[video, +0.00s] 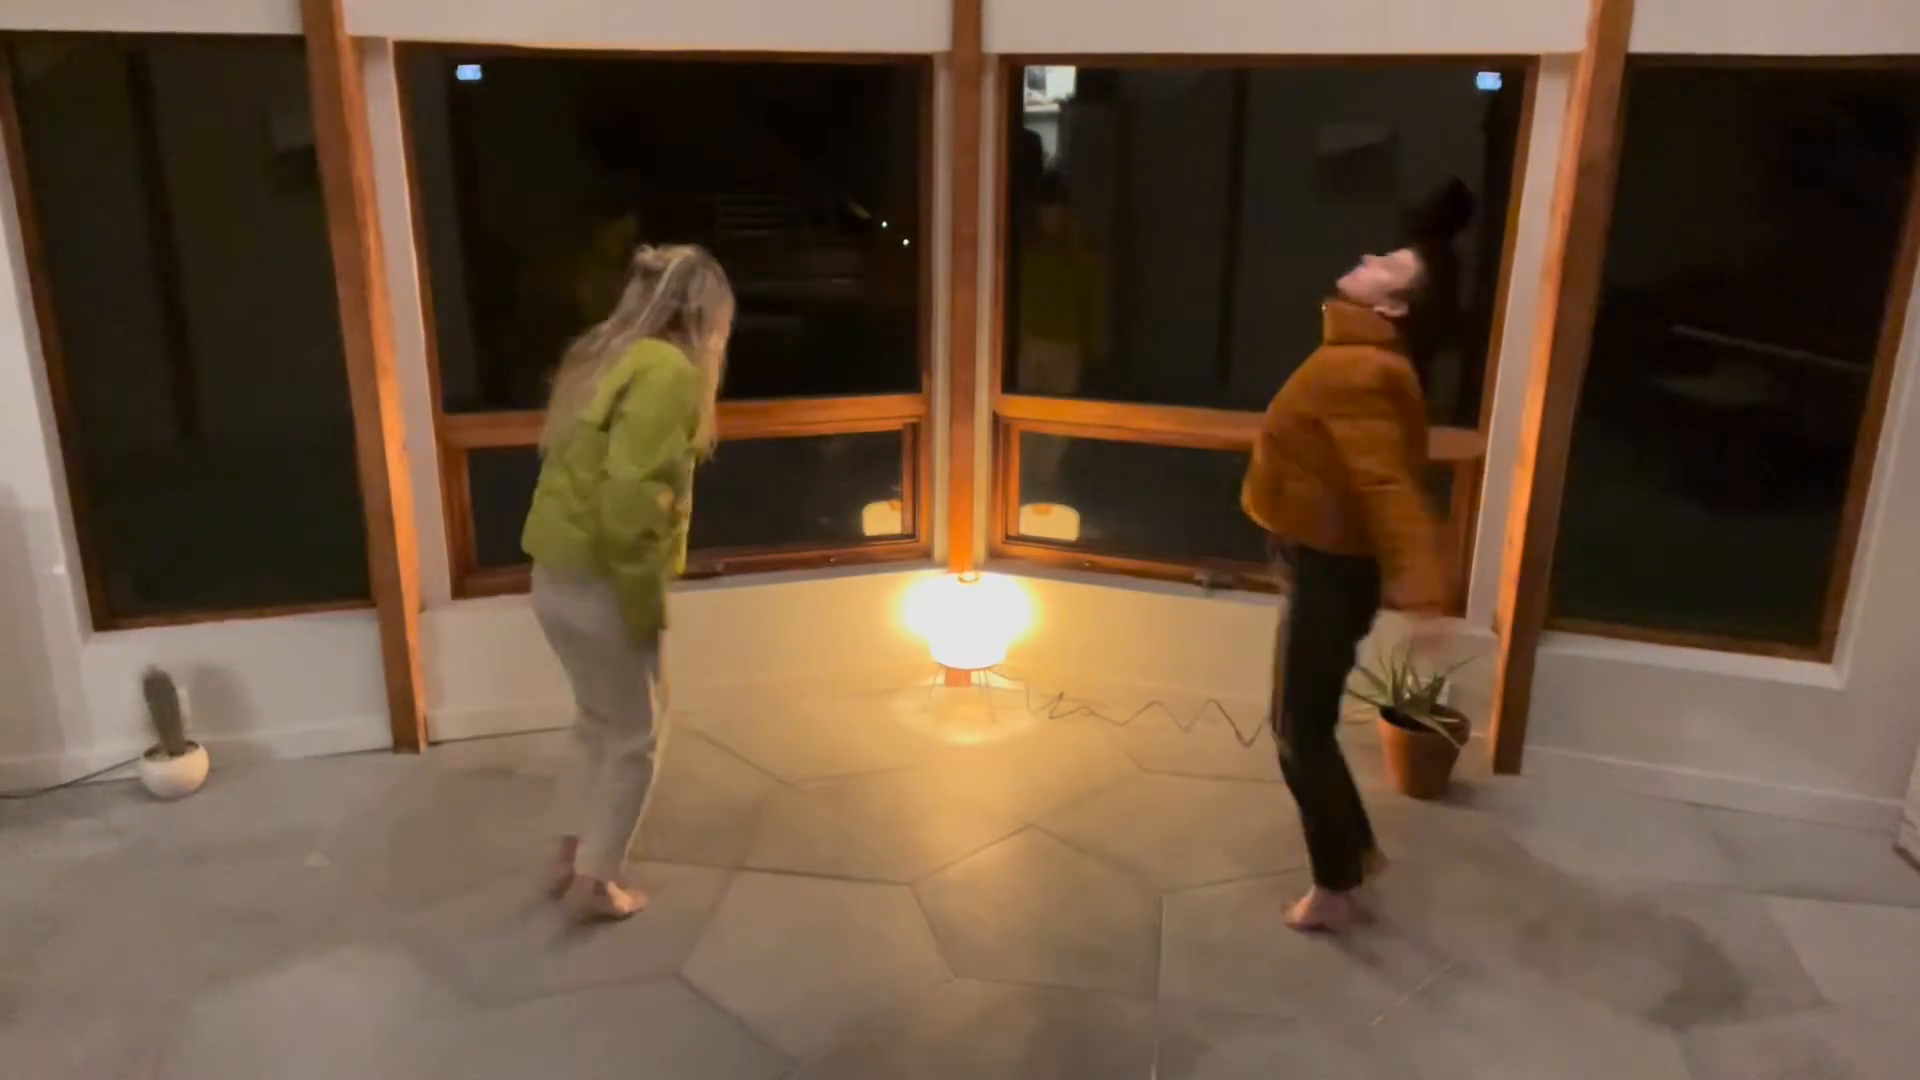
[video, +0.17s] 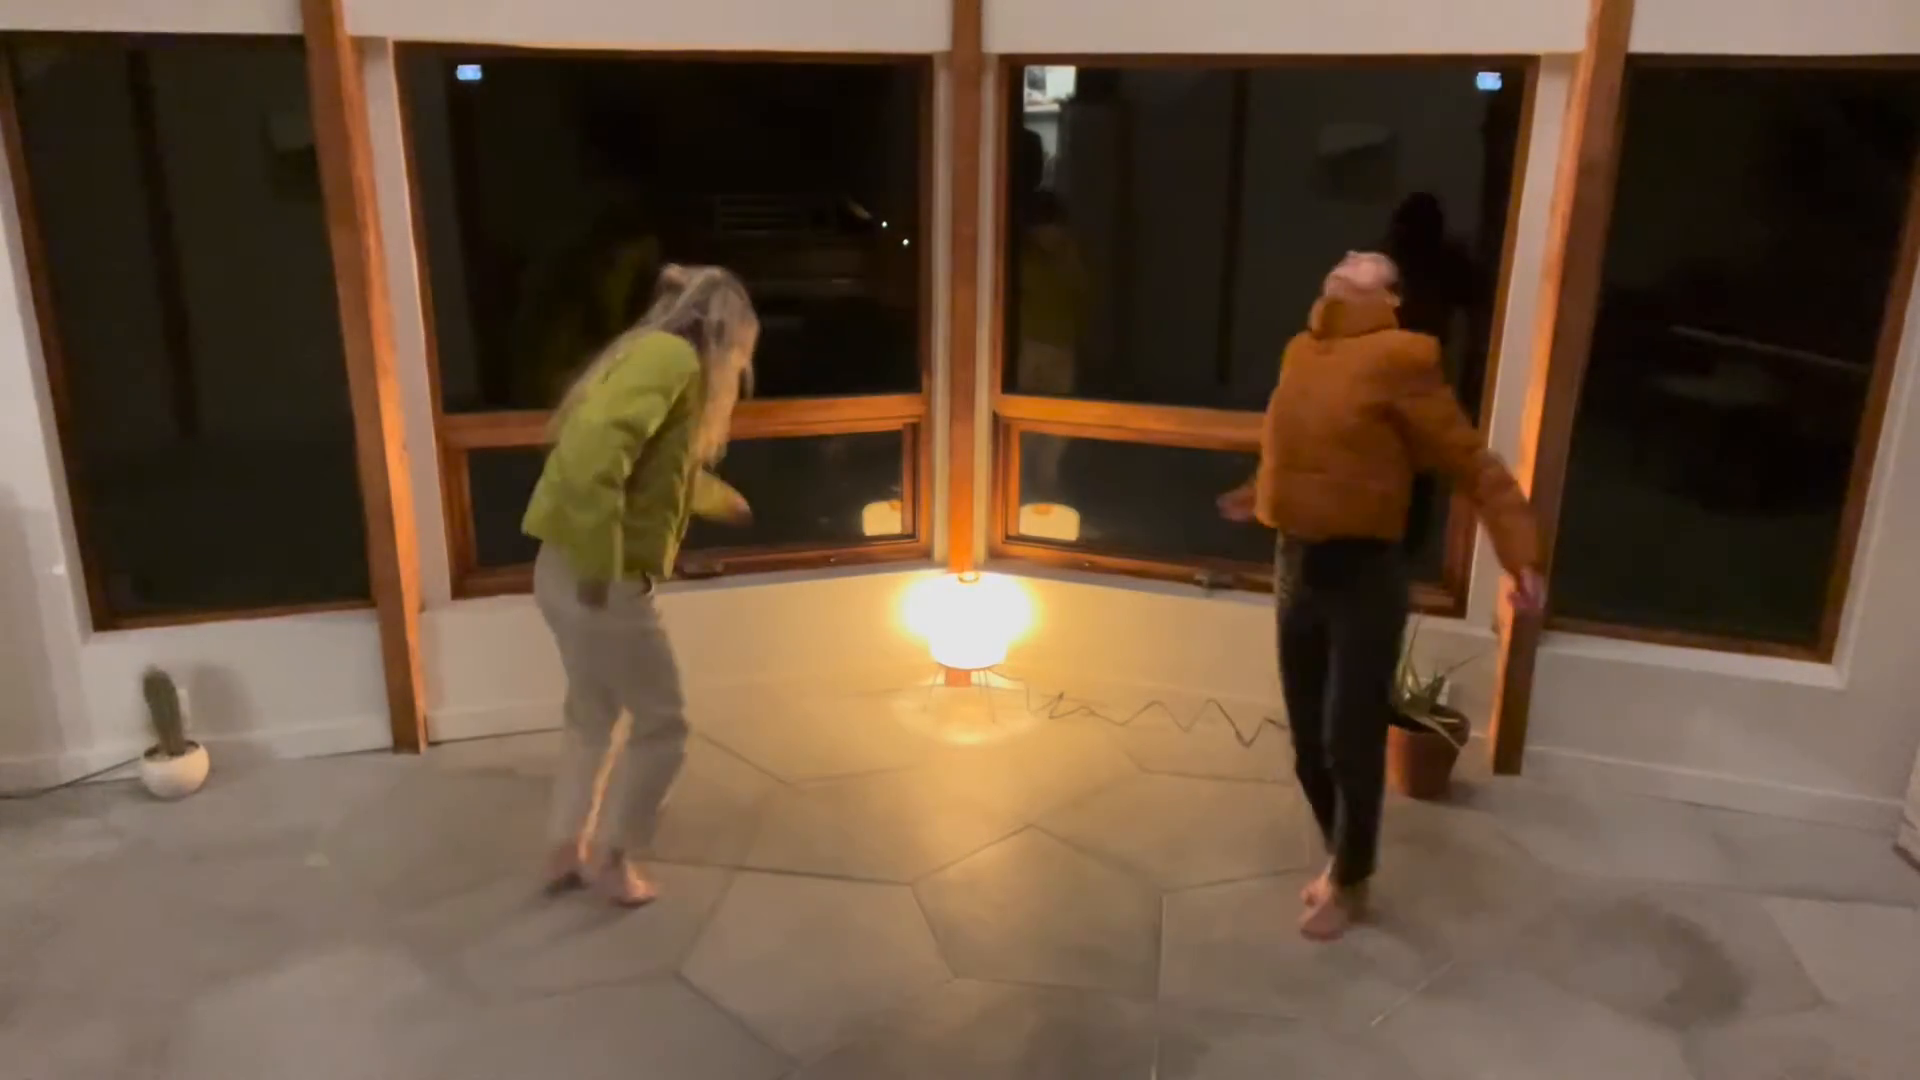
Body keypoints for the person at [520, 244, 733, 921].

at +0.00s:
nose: (724, 339)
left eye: (725, 325)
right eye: (722, 324)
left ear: (649, 302)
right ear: (699, 316)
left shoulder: (604, 354)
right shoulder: (668, 369)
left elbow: (566, 467)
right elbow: (632, 498)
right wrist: (648, 612)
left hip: (555, 578)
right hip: (599, 584)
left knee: (600, 724)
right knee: (633, 737)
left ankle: (583, 851)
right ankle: (596, 880)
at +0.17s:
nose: (738, 365)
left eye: (743, 353)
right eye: (739, 349)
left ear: (684, 313)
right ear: (718, 329)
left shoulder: (651, 355)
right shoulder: (672, 356)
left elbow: (660, 469)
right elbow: (594, 446)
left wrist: (717, 497)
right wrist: (598, 565)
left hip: (566, 570)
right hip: (606, 580)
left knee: (590, 711)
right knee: (661, 723)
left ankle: (565, 846)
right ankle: (611, 857)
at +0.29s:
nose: (763, 382)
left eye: (766, 372)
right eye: (763, 367)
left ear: (718, 327)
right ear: (745, 341)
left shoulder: (704, 388)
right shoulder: (692, 353)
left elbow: (692, 503)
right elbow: (606, 410)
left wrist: (759, 560)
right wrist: (587, 519)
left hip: (613, 570)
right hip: (603, 569)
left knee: (635, 714)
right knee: (637, 724)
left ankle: (613, 837)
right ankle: (593, 864)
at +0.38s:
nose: (774, 392)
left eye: (778, 382)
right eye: (775, 376)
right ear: (757, 350)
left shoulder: (714, 404)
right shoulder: (705, 353)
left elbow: (699, 513)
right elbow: (621, 389)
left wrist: (764, 575)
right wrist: (597, 501)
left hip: (606, 569)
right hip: (602, 566)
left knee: (635, 709)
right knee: (661, 723)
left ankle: (615, 836)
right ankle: (606, 853)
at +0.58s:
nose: (798, 411)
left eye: (802, 401)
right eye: (800, 394)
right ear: (789, 370)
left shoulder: (748, 432)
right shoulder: (748, 357)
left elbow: (714, 528)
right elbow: (673, 354)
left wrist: (782, 574)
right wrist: (667, 472)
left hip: (643, 557)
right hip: (625, 550)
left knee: (683, 683)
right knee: (663, 711)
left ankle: (665, 816)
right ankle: (630, 864)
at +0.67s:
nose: (798, 411)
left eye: (801, 403)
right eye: (800, 394)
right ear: (794, 365)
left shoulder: (751, 422)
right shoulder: (758, 355)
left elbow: (721, 523)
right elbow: (689, 354)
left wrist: (791, 551)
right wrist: (697, 469)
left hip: (652, 554)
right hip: (635, 549)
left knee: (684, 702)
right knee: (677, 710)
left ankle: (682, 828)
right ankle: (632, 861)